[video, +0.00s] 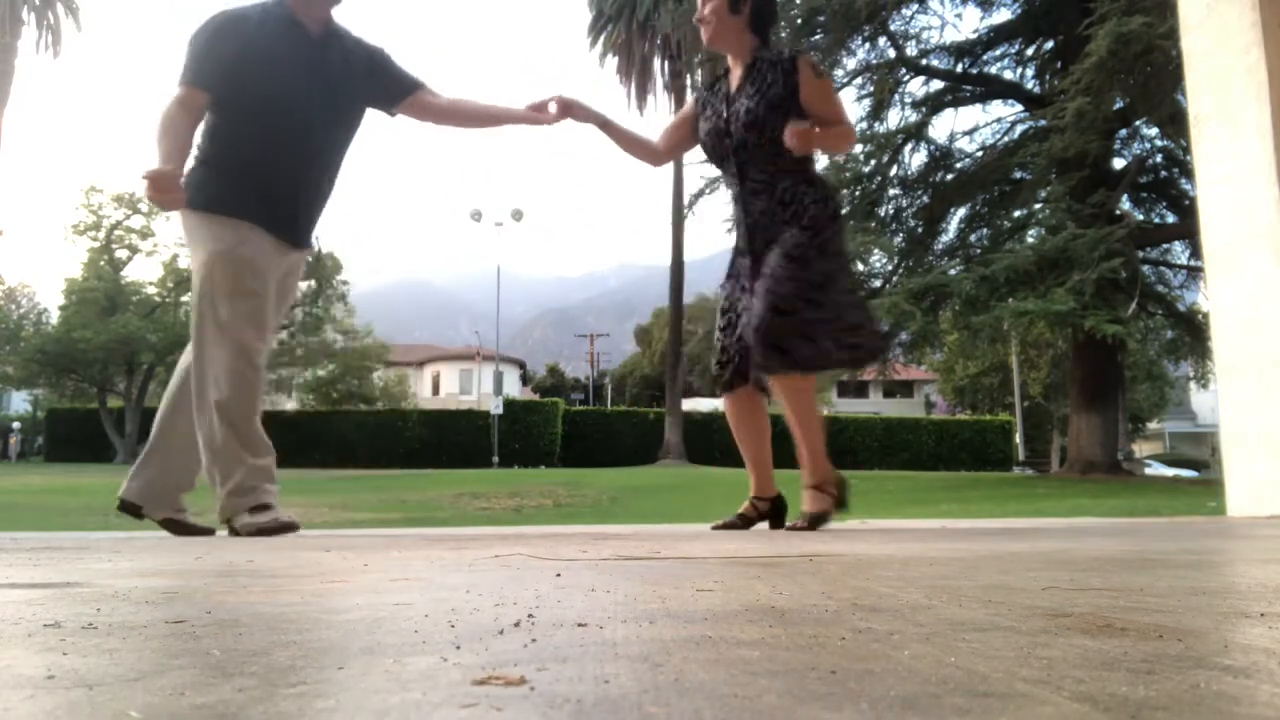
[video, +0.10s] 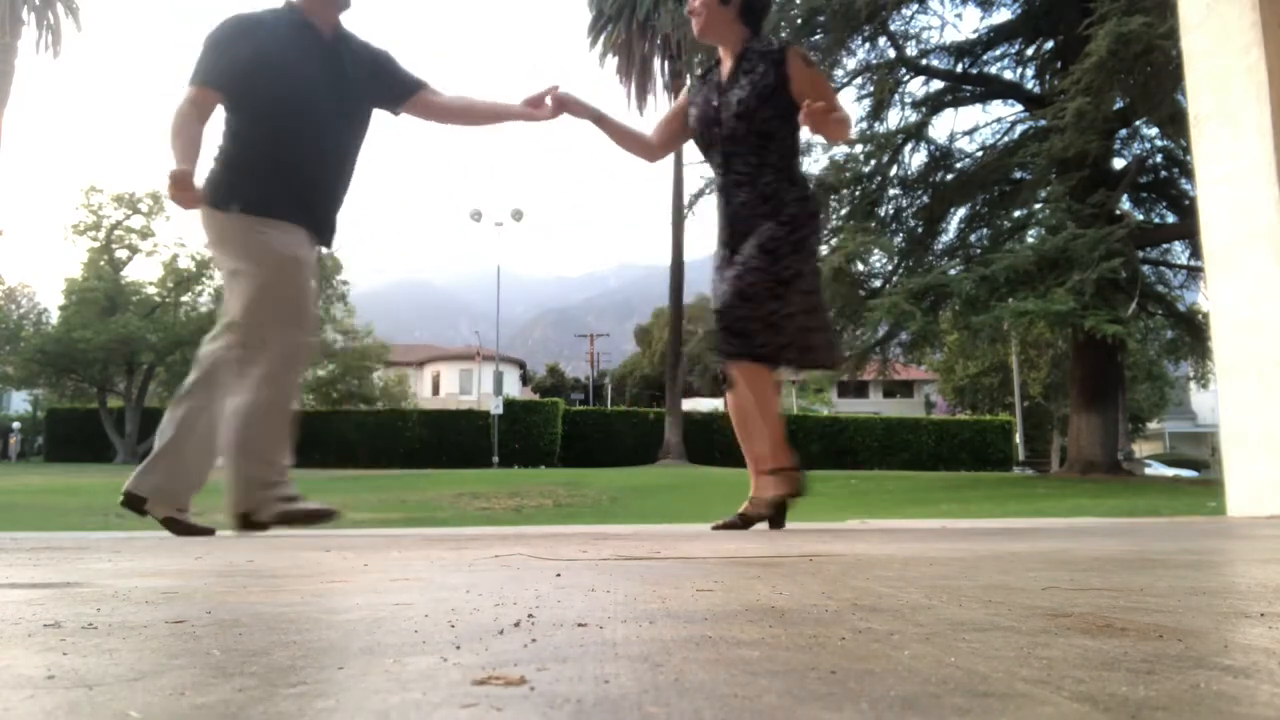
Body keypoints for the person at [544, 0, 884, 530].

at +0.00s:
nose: (698, 13)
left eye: (709, 4)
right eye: (699, 5)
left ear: (742, 12)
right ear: (719, 17)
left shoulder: (794, 69)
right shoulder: (712, 98)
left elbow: (844, 134)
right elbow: (657, 152)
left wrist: (814, 136)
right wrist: (589, 115)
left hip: (806, 225)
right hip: (753, 238)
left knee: (771, 335)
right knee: (733, 363)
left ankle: (821, 479)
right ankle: (765, 495)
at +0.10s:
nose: (690, 8)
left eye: (700, 1)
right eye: (691, 2)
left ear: (734, 6)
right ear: (708, 12)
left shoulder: (784, 61)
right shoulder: (702, 89)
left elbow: (842, 127)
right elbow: (652, 147)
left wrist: (826, 120)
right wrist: (588, 112)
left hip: (786, 217)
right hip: (736, 228)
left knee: (738, 321)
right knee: (735, 349)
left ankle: (779, 465)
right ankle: (763, 486)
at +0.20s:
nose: (676, 10)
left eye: (686, 3)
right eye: (678, 3)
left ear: (718, 9)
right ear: (699, 12)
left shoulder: (765, 63)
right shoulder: (692, 91)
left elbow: (818, 132)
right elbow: (649, 159)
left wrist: (811, 116)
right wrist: (581, 125)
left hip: (760, 223)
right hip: (719, 229)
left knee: (698, 330)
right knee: (733, 366)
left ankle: (705, 478)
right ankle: (764, 496)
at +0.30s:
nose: (653, 20)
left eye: (662, 9)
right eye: (655, 11)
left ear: (691, 12)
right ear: (677, 17)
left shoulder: (732, 67)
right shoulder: (682, 91)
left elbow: (776, 136)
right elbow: (649, 178)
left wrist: (743, 91)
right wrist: (578, 152)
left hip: (726, 238)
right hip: (696, 240)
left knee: (660, 343)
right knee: (726, 369)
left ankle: (654, 486)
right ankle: (762, 494)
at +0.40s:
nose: (616, 15)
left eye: (623, 8)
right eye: (615, 12)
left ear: (648, 3)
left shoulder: (670, 36)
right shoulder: (649, 66)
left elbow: (695, 84)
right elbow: (653, 176)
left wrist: (629, 33)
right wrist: (573, 166)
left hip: (687, 228)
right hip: (684, 229)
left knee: (622, 342)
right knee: (705, 363)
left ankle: (647, 490)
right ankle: (759, 487)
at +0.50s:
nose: (590, 15)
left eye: (596, 9)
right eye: (592, 12)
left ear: (616, 2)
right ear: (644, 6)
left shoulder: (630, 17)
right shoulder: (666, 45)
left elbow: (569, 35)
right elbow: (646, 160)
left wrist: (519, 3)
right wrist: (575, 160)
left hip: (651, 193)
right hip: (690, 195)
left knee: (617, 343)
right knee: (669, 348)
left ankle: (646, 489)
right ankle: (727, 468)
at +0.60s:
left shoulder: (585, 10)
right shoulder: (668, 42)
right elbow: (668, 138)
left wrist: (456, 8)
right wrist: (593, 162)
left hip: (616, 180)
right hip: (676, 185)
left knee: (612, 339)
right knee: (652, 344)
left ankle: (643, 486)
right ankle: (642, 482)